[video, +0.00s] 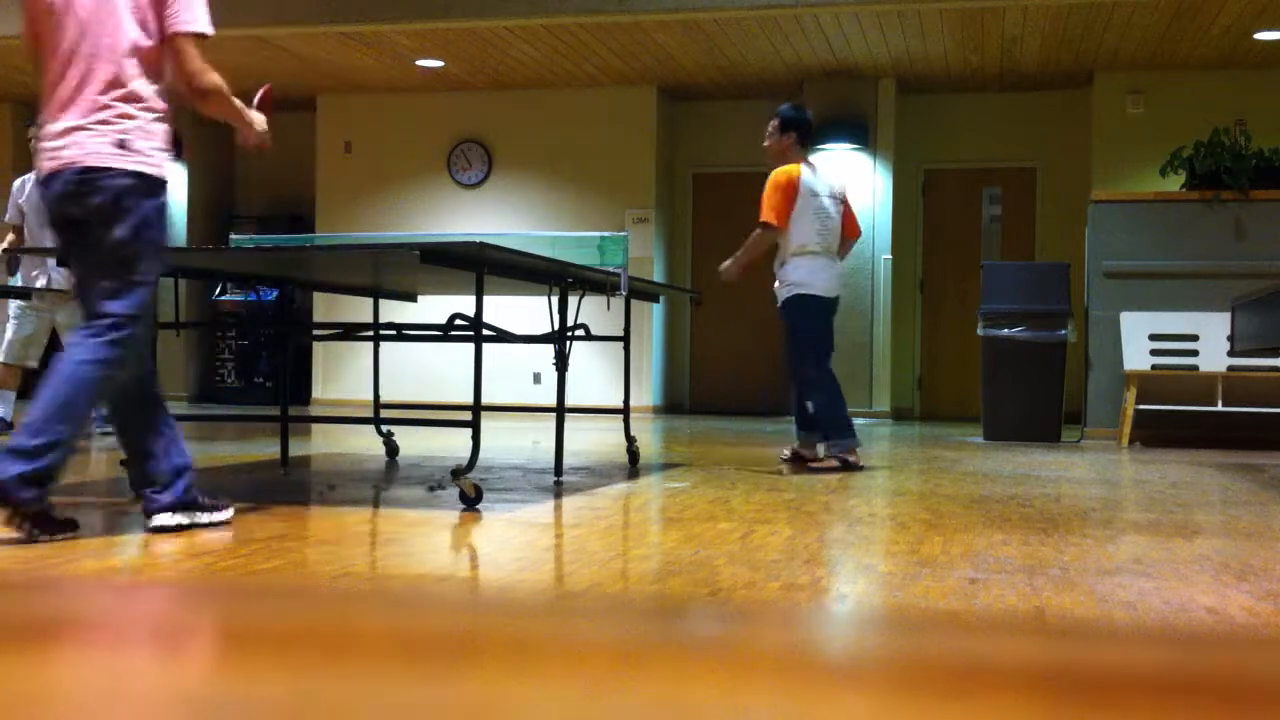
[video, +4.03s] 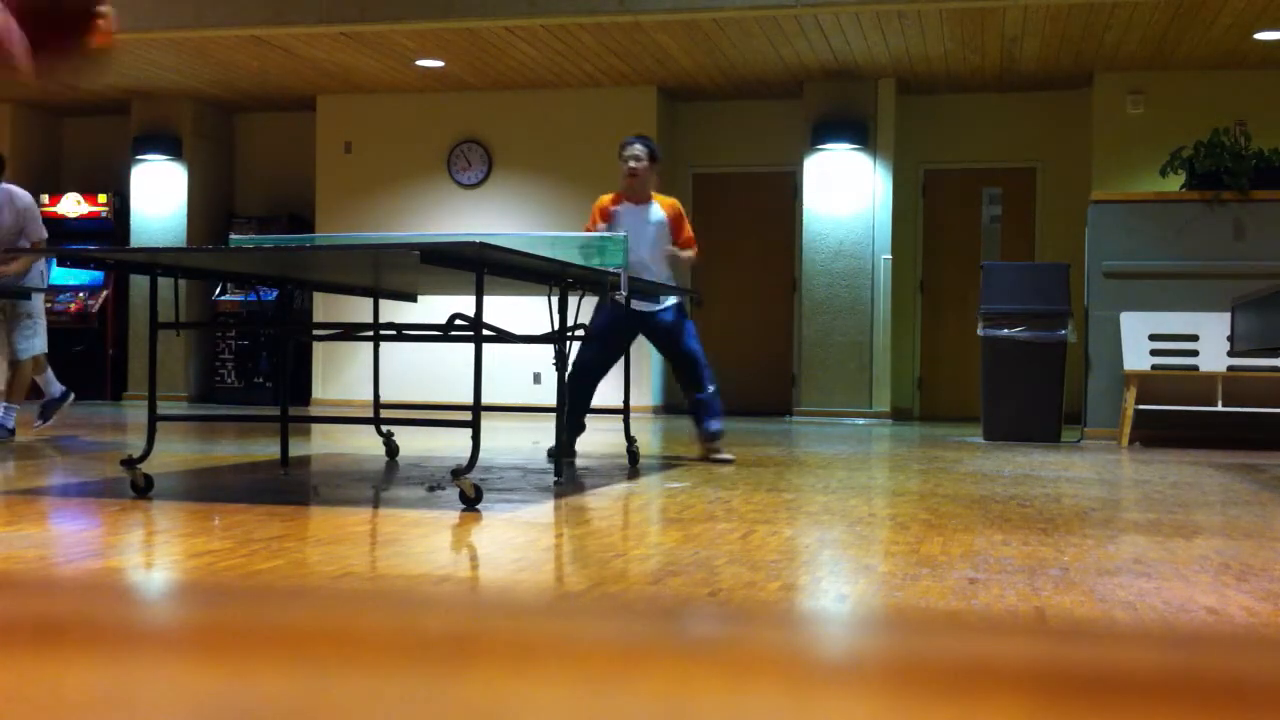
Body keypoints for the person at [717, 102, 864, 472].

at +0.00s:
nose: (765, 141)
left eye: (771, 134)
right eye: (767, 133)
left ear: (791, 138)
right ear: (797, 139)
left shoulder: (783, 176)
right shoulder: (826, 180)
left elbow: (769, 229)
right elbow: (851, 232)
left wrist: (737, 262)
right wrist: (825, 264)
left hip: (801, 281)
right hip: (826, 281)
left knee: (812, 365)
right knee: (806, 364)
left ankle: (843, 448)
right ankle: (808, 445)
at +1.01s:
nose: (679, 165)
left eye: (682, 158)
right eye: (679, 158)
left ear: (698, 159)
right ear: (715, 160)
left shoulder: (696, 194)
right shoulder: (749, 182)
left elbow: (670, 250)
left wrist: (638, 260)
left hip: (730, 290)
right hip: (773, 287)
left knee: (702, 369)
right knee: (781, 366)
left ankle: (713, 448)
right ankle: (799, 446)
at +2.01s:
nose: (680, 178)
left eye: (686, 170)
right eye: (681, 170)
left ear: (708, 172)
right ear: (712, 173)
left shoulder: (717, 202)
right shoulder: (752, 193)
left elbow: (735, 255)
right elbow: (791, 211)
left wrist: (718, 295)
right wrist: (760, 237)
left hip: (748, 300)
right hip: (781, 300)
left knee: (712, 369)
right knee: (776, 370)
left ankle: (735, 443)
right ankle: (791, 441)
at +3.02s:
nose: (651, 183)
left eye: (656, 176)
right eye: (649, 177)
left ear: (677, 177)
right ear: (662, 181)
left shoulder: (689, 206)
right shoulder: (678, 213)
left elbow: (687, 254)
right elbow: (681, 256)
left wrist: (665, 272)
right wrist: (667, 271)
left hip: (725, 302)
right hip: (700, 305)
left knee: (740, 366)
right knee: (670, 362)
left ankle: (778, 439)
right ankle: (674, 436)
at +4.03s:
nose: (631, 165)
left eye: (638, 160)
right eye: (626, 160)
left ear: (653, 167)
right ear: (619, 167)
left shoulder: (670, 208)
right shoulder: (606, 206)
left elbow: (690, 253)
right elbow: (589, 246)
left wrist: (677, 254)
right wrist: (602, 244)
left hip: (663, 306)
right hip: (618, 304)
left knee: (694, 364)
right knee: (584, 370)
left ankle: (711, 441)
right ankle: (566, 443)